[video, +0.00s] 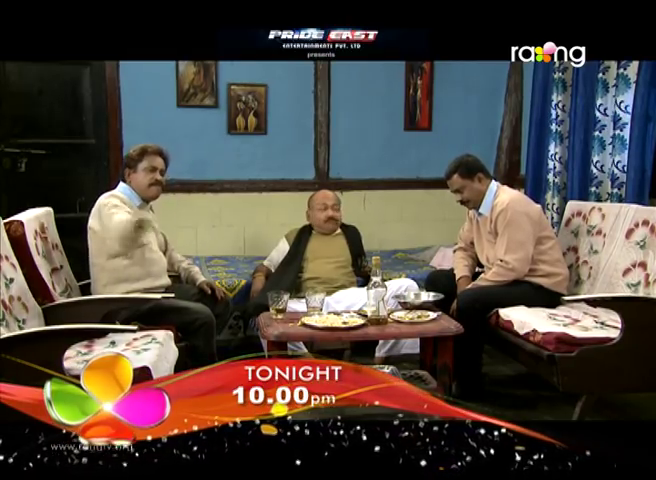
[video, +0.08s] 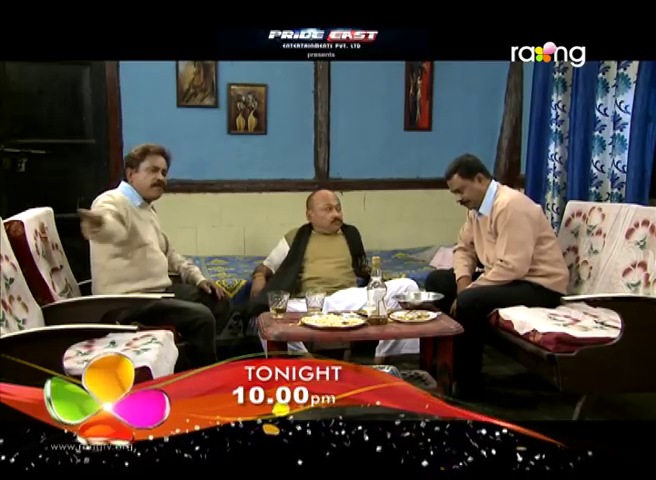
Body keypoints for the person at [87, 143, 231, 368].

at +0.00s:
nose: (159, 178)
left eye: (162, 173)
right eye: (151, 171)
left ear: (164, 178)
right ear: (129, 175)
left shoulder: (144, 210)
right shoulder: (110, 203)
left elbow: (170, 256)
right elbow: (121, 240)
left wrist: (199, 280)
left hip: (157, 293)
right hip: (126, 301)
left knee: (218, 302)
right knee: (201, 317)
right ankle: (203, 383)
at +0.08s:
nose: (160, 177)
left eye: (163, 173)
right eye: (152, 170)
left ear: (166, 177)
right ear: (131, 175)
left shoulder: (146, 211)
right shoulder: (112, 202)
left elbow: (168, 255)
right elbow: (112, 226)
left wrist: (199, 280)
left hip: (159, 293)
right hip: (126, 302)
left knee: (218, 302)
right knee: (201, 318)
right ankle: (204, 382)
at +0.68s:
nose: (160, 181)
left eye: (165, 177)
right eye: (153, 174)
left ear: (169, 181)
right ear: (134, 174)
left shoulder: (154, 211)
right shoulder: (109, 207)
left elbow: (171, 255)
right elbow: (83, 240)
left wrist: (200, 278)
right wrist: (77, 256)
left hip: (161, 293)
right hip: (129, 303)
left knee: (219, 301)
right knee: (199, 317)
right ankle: (204, 385)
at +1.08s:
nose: (162, 184)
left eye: (168, 179)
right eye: (155, 176)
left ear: (173, 182)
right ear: (136, 175)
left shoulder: (157, 212)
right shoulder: (110, 208)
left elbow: (172, 255)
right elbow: (82, 245)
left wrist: (200, 278)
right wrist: (74, 261)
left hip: (163, 295)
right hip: (128, 304)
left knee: (221, 301)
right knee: (199, 318)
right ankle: (205, 385)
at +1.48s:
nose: (162, 183)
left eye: (169, 178)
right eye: (156, 175)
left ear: (173, 183)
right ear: (137, 175)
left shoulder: (159, 211)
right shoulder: (112, 206)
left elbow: (172, 255)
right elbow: (84, 239)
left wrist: (200, 278)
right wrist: (77, 253)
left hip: (163, 296)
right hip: (129, 304)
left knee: (220, 301)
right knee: (199, 317)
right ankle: (206, 384)